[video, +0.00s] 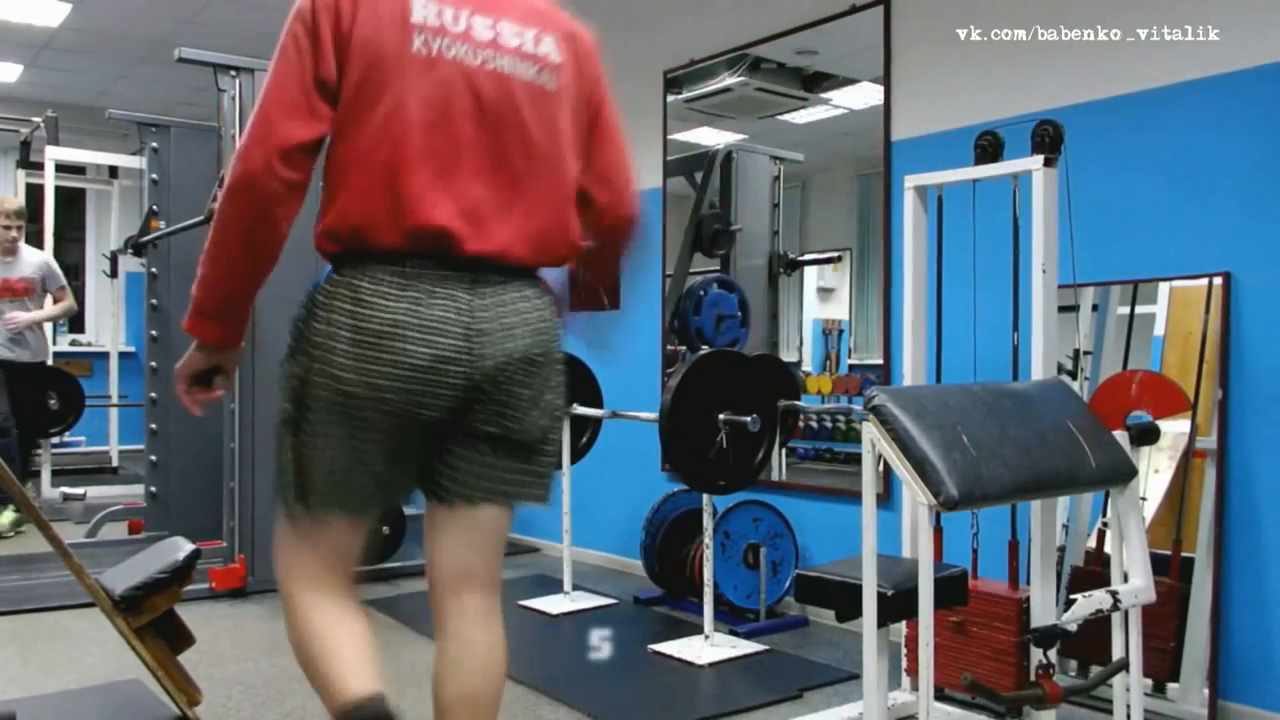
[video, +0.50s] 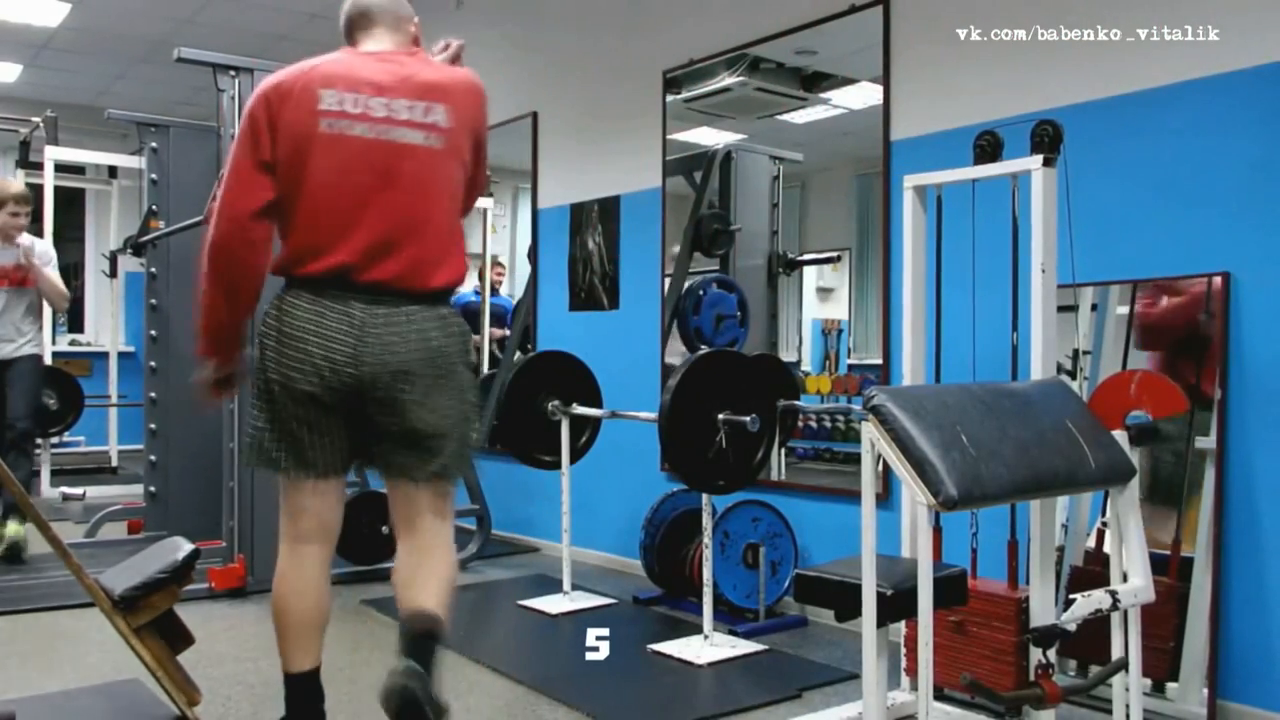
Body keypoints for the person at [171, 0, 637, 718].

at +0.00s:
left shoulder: (340, 10)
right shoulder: (565, 34)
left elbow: (267, 168)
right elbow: (615, 203)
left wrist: (216, 328)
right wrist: (589, 279)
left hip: (376, 305)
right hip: (516, 312)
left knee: (319, 569)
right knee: (471, 591)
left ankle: (368, 709)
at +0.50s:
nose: (424, 40)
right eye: (421, 32)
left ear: (344, 32)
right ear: (419, 34)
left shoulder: (283, 90)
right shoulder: (462, 94)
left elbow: (234, 225)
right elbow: (466, 190)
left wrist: (220, 349)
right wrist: (446, 83)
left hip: (307, 326)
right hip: (419, 331)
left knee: (306, 535)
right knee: (424, 520)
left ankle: (303, 709)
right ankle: (417, 665)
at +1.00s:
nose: (493, 122)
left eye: (494, 113)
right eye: (494, 112)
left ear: (433, 87)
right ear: (479, 97)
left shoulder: (354, 131)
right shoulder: (489, 158)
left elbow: (308, 234)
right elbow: (502, 265)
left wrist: (331, 305)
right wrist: (451, 249)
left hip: (354, 332)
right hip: (444, 341)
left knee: (333, 496)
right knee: (430, 505)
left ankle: (317, 617)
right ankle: (414, 655)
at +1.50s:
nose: (527, 162)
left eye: (530, 155)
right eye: (529, 153)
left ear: (482, 128)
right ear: (513, 135)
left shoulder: (414, 175)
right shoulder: (515, 171)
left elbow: (367, 261)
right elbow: (538, 273)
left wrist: (368, 358)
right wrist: (570, 369)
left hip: (429, 337)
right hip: (489, 338)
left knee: (456, 481)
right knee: (477, 488)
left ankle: (468, 602)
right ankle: (421, 628)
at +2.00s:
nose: (591, 188)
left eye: (596, 182)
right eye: (594, 178)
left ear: (563, 145)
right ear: (583, 156)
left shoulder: (506, 177)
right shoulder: (559, 185)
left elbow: (499, 272)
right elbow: (579, 284)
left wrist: (561, 341)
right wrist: (616, 368)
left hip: (475, 328)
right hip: (526, 331)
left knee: (491, 472)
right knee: (572, 473)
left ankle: (471, 604)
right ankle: (598, 609)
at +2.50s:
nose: (683, 221)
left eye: (687, 216)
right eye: (687, 215)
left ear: (653, 182)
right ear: (678, 199)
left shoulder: (592, 192)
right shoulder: (662, 221)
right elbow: (635, 323)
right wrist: (639, 406)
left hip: (504, 320)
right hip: (558, 332)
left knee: (526, 465)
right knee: (581, 479)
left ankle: (524, 593)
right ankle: (596, 616)